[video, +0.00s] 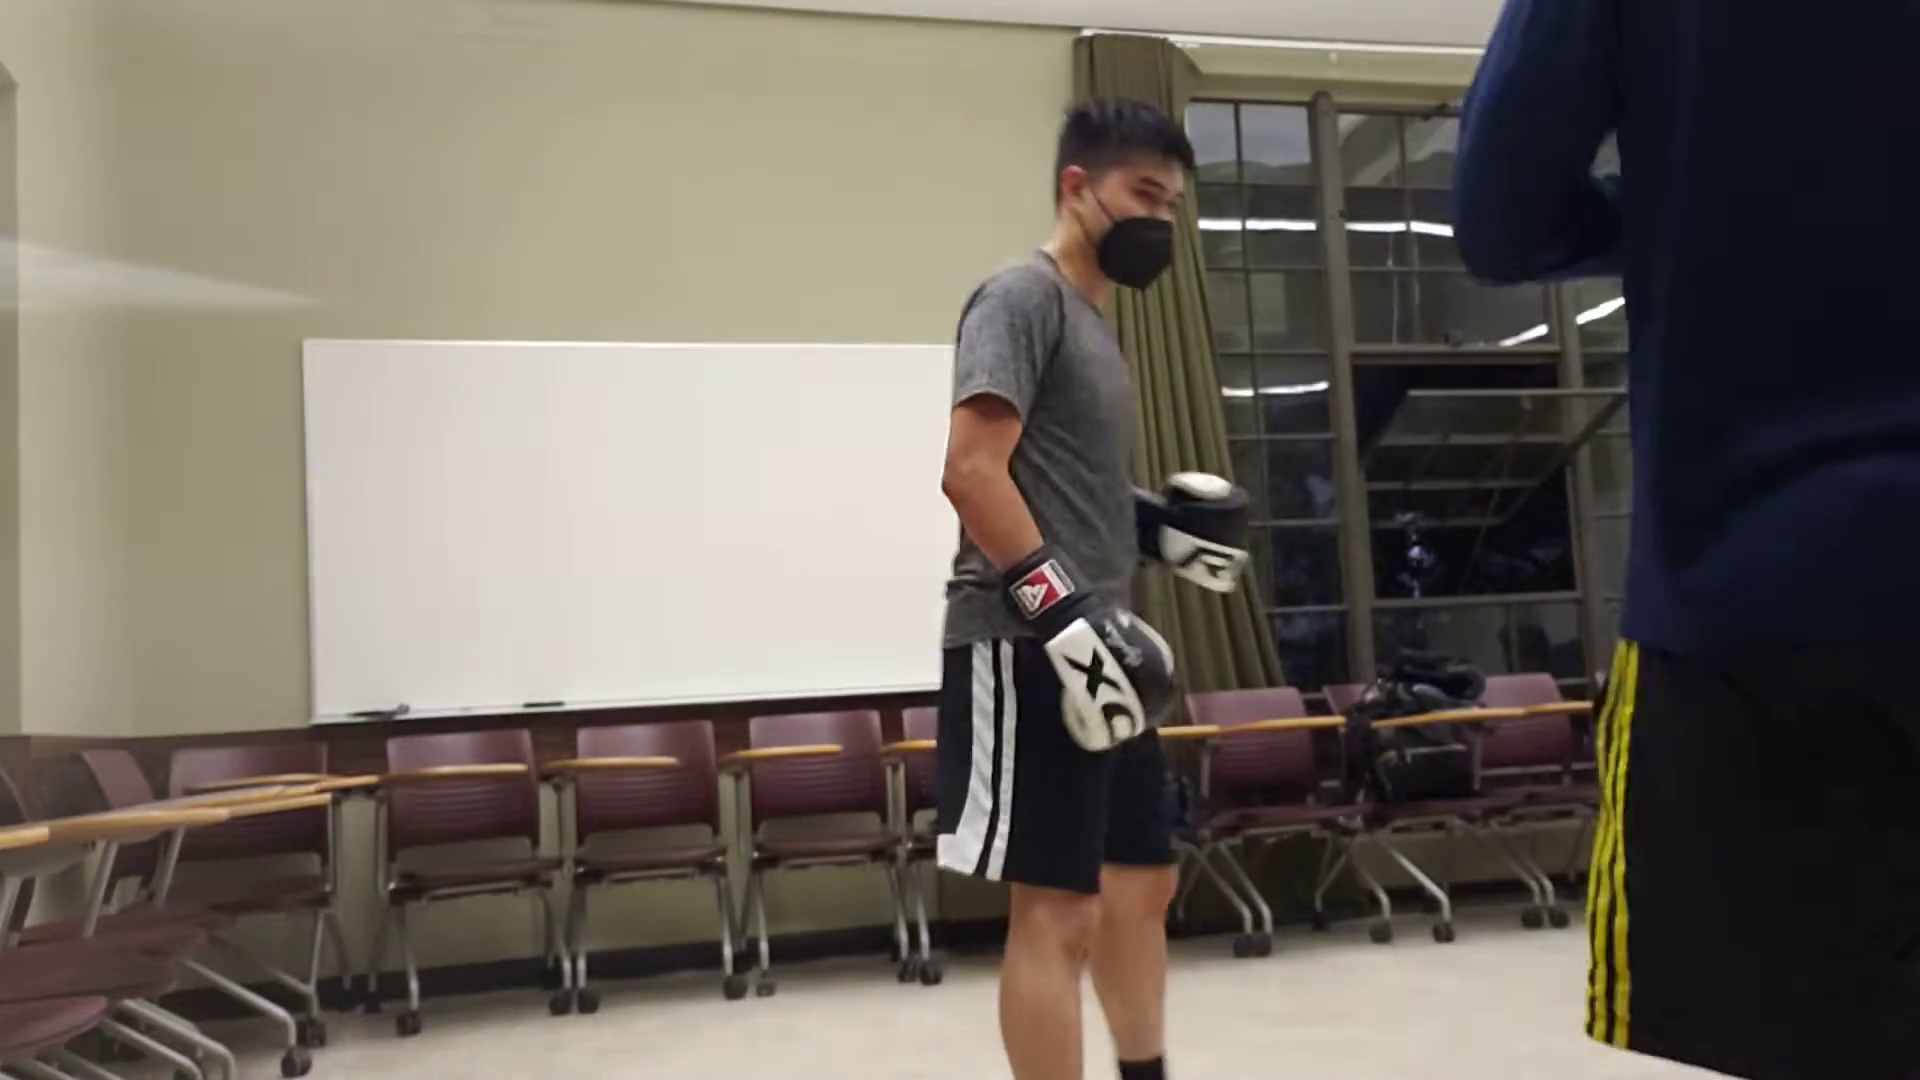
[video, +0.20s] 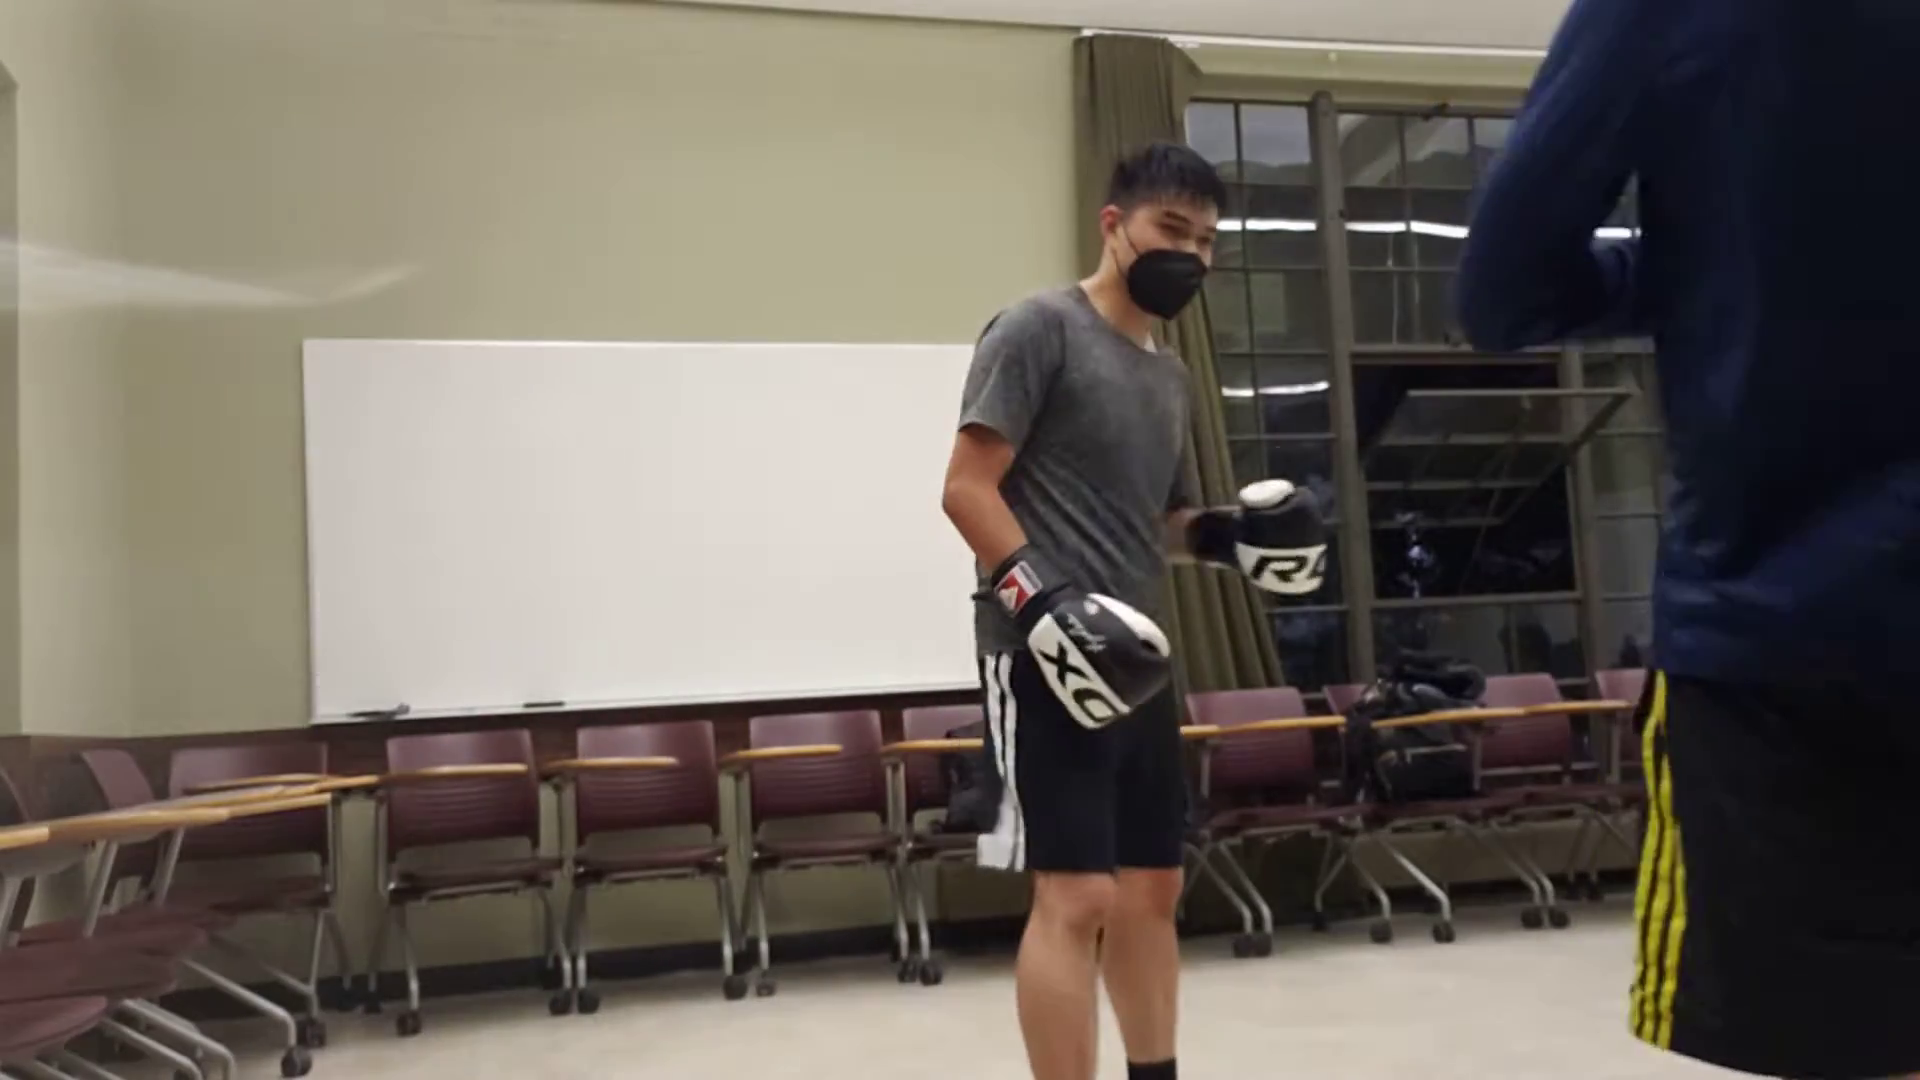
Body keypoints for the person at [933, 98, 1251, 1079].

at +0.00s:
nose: (1161, 219)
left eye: (1171, 203)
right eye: (1144, 192)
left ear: (1171, 209)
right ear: (1076, 186)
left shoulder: (1090, 321)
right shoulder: (1022, 297)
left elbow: (1057, 492)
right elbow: (970, 472)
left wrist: (1150, 521)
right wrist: (1061, 616)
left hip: (1099, 638)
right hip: (1025, 644)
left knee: (1139, 878)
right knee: (1054, 912)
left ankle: (1145, 1076)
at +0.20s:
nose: (1189, 251)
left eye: (1204, 238)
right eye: (1170, 226)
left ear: (1211, 250)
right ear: (1114, 225)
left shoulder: (1167, 376)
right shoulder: (1040, 328)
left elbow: (1151, 527)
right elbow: (967, 488)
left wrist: (1228, 533)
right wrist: (1040, 602)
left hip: (1139, 653)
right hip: (1047, 651)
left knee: (1149, 893)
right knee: (1074, 901)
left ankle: (1152, 1077)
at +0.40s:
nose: (1185, 256)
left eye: (1200, 244)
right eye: (1167, 234)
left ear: (1211, 256)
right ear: (1114, 232)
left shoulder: (1191, 369)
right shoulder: (1035, 339)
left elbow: (1221, 511)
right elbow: (963, 487)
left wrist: (1271, 498)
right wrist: (1031, 583)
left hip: (1149, 646)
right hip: (1051, 642)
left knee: (1157, 881)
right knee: (1083, 880)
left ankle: (1157, 1076)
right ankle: (1033, 1077)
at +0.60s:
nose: (1156, 274)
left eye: (1170, 263)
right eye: (1141, 252)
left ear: (1179, 276)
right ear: (1088, 250)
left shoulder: (1162, 383)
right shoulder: (1014, 365)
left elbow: (1166, 518)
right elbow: (971, 515)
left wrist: (1215, 525)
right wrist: (1030, 634)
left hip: (1136, 660)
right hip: (1040, 660)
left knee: (1152, 878)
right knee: (1042, 884)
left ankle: (1162, 1073)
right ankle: (1009, 1066)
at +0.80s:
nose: (1119, 302)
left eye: (1129, 286)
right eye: (1101, 283)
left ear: (1135, 292)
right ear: (1047, 285)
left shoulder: (1108, 396)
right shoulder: (989, 395)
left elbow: (1099, 528)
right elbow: (974, 555)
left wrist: (1138, 573)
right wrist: (998, 690)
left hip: (1102, 668)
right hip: (1021, 678)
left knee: (1138, 865)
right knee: (1023, 884)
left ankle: (1166, 1070)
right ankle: (1016, 1070)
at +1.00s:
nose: (1091, 301)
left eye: (1100, 287)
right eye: (1072, 285)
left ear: (1106, 292)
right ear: (1019, 290)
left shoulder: (1084, 396)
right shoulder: (971, 398)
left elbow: (1060, 518)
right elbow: (936, 546)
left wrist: (1131, 524)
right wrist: (950, 680)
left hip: (1080, 664)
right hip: (1000, 673)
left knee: (1122, 850)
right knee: (1006, 873)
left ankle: (1122, 1054)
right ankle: (1013, 1070)